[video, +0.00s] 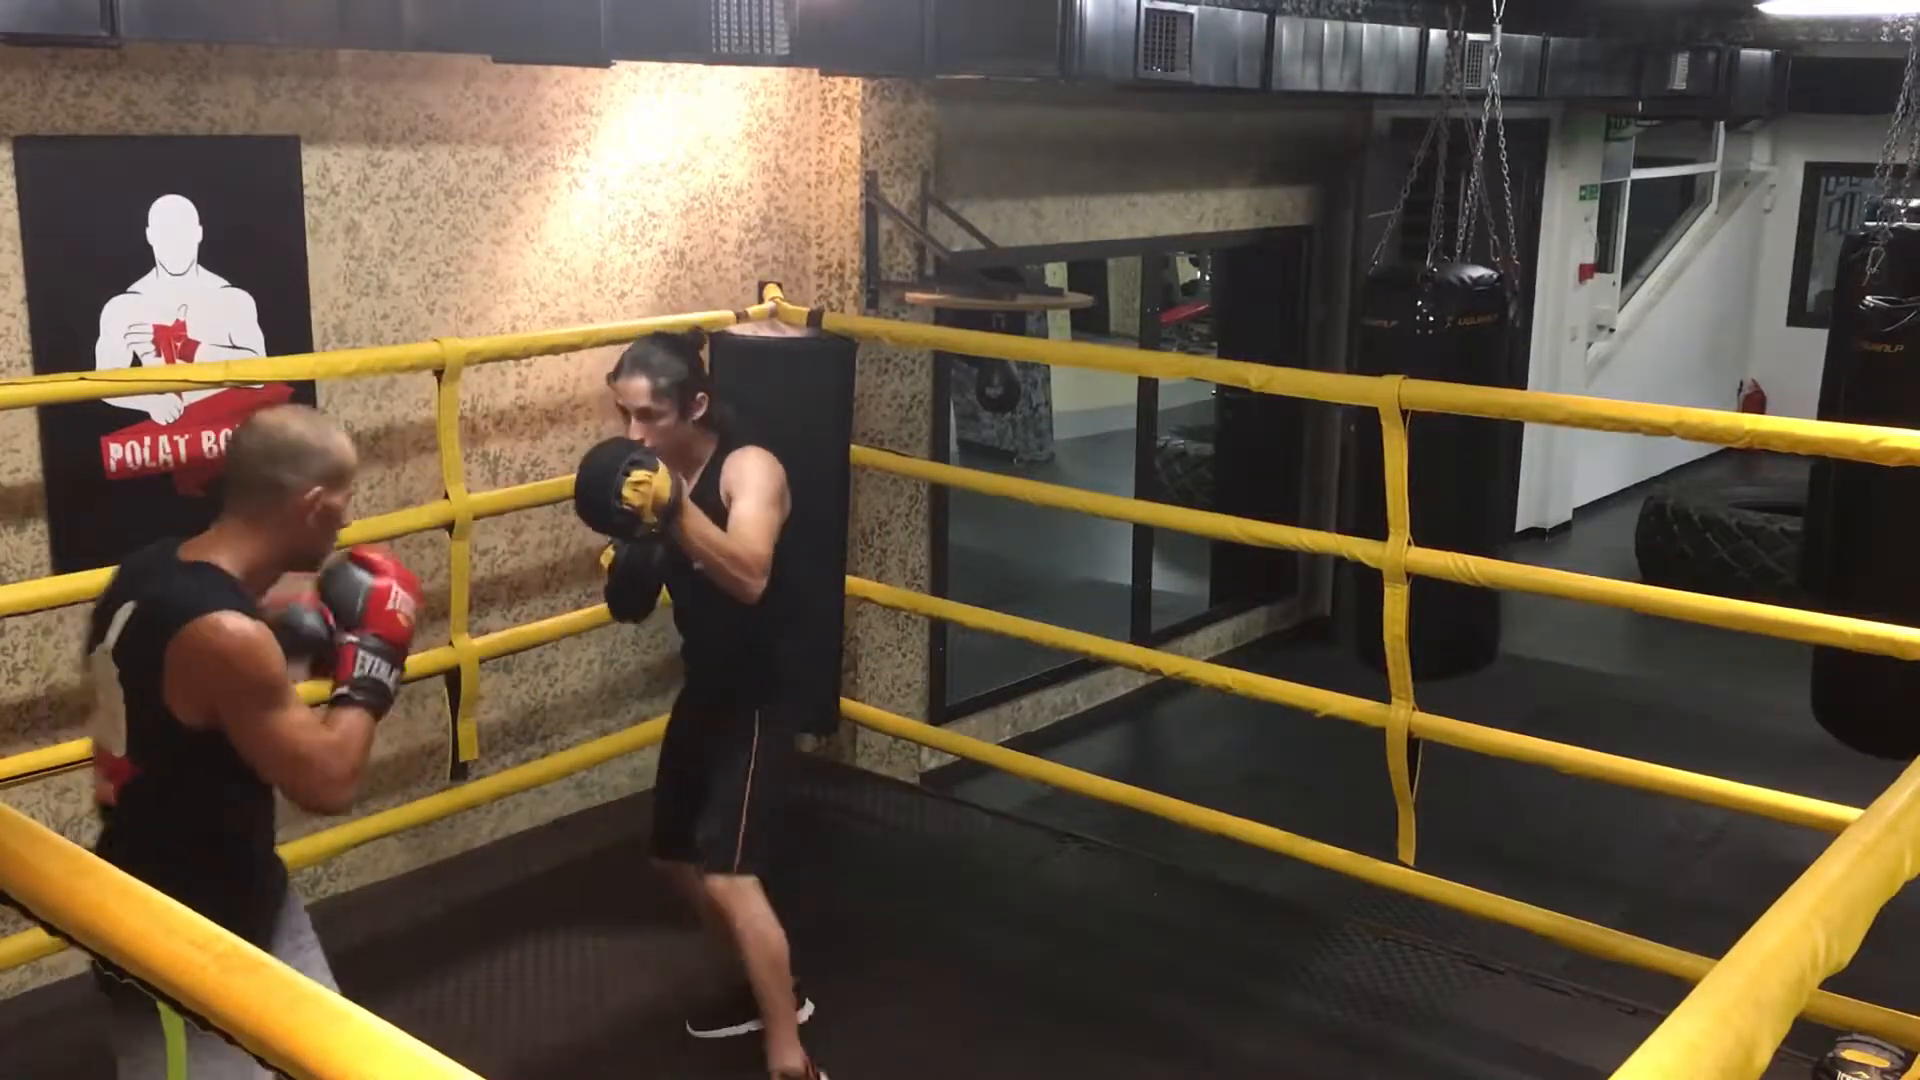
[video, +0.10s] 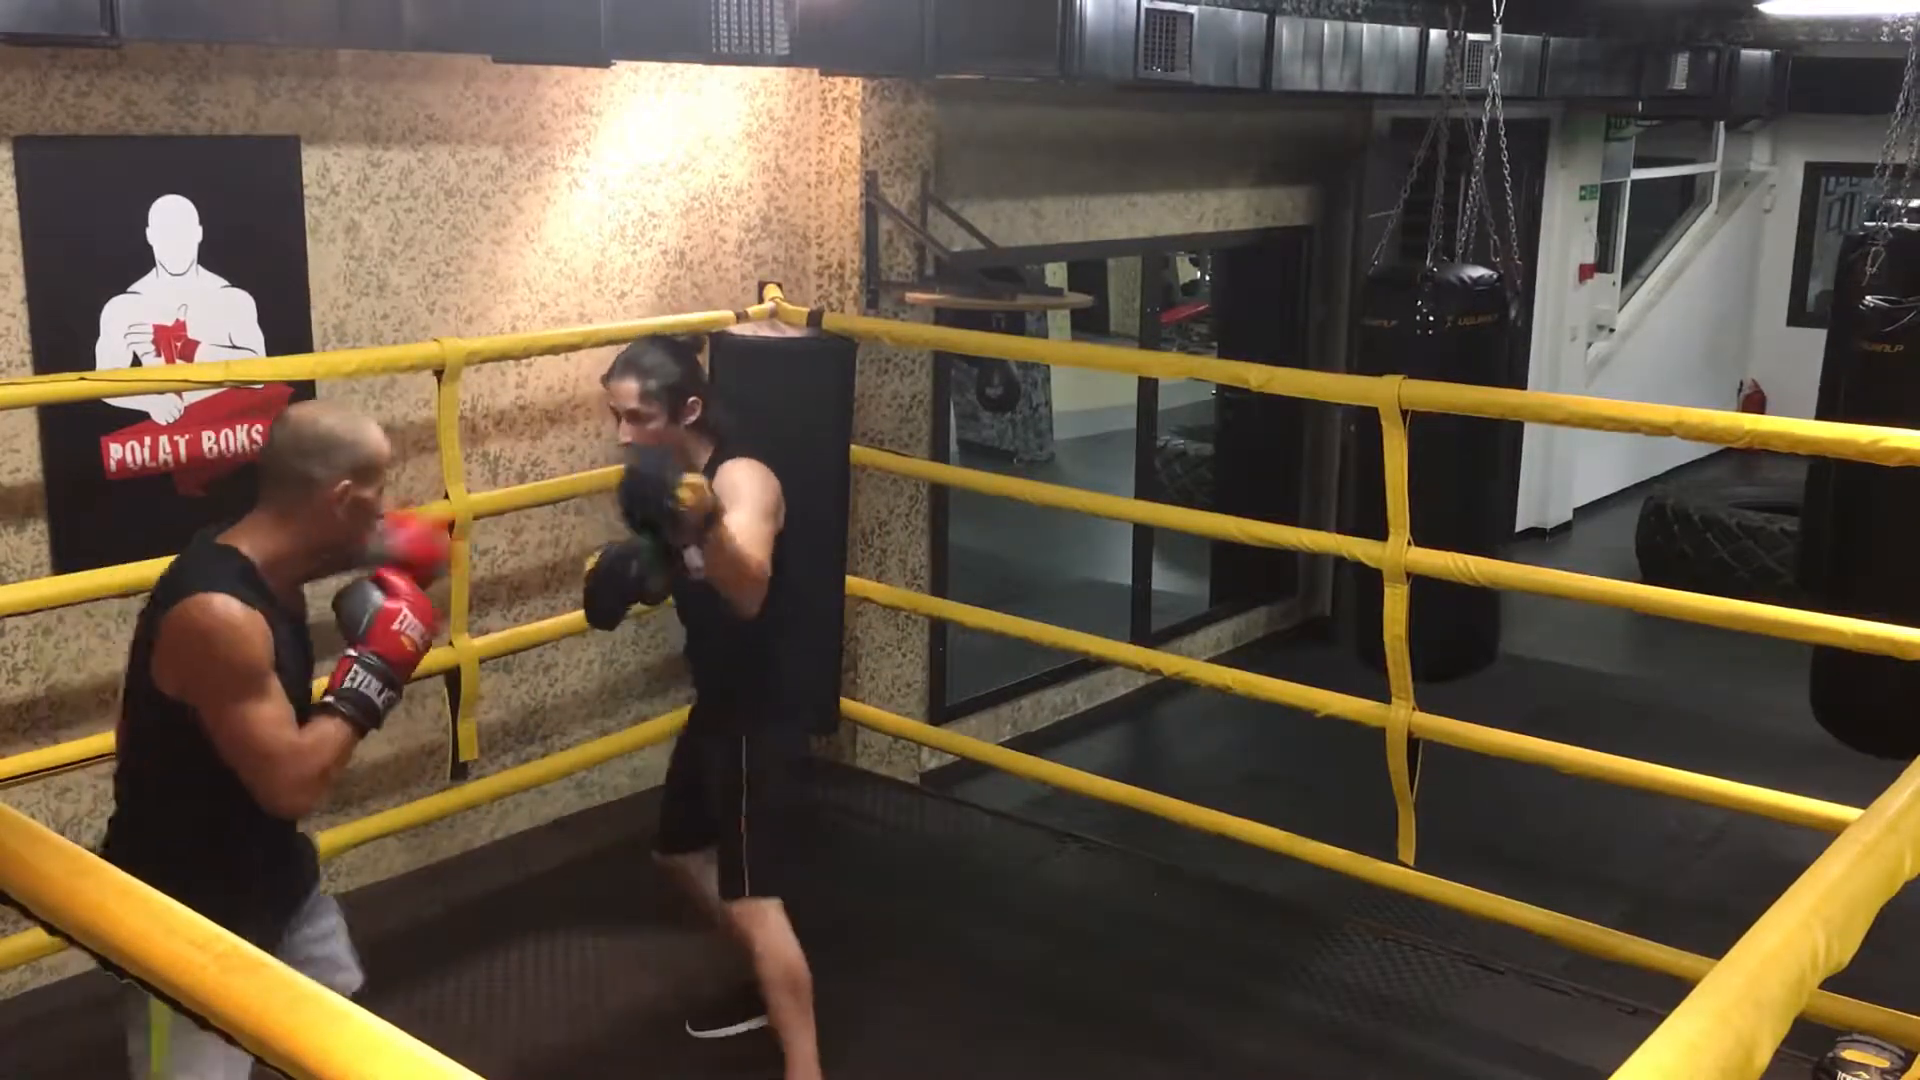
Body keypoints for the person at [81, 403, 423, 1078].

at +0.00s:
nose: (346, 518)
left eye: (349, 500)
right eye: (346, 501)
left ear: (235, 486)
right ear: (313, 506)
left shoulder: (150, 571)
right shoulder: (228, 641)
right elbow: (326, 779)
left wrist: (280, 640)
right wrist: (377, 658)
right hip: (179, 942)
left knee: (332, 1055)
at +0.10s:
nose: (383, 509)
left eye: (384, 491)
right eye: (380, 492)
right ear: (342, 501)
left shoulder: (266, 572)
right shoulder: (214, 614)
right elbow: (289, 782)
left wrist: (366, 557)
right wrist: (375, 670)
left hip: (281, 880)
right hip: (194, 917)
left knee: (340, 1042)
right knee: (200, 1069)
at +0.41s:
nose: (392, 484)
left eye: (395, 467)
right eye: (389, 466)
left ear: (327, 463)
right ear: (343, 470)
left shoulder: (247, 540)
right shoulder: (242, 581)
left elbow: (187, 689)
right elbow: (306, 757)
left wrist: (347, 657)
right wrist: (391, 657)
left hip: (279, 853)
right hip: (205, 887)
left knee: (332, 992)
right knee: (208, 1063)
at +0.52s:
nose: (375, 489)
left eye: (377, 472)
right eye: (372, 471)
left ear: (275, 461)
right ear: (332, 477)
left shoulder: (178, 549)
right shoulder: (253, 595)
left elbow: (117, 676)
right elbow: (331, 755)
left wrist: (340, 662)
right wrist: (400, 644)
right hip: (207, 897)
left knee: (325, 985)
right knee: (205, 1062)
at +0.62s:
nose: (352, 491)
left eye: (356, 473)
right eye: (351, 472)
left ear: (251, 460)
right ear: (310, 475)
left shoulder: (141, 549)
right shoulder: (263, 596)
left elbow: (78, 689)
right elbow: (340, 750)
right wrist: (388, 635)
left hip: (144, 879)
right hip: (213, 905)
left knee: (310, 988)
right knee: (207, 1064)